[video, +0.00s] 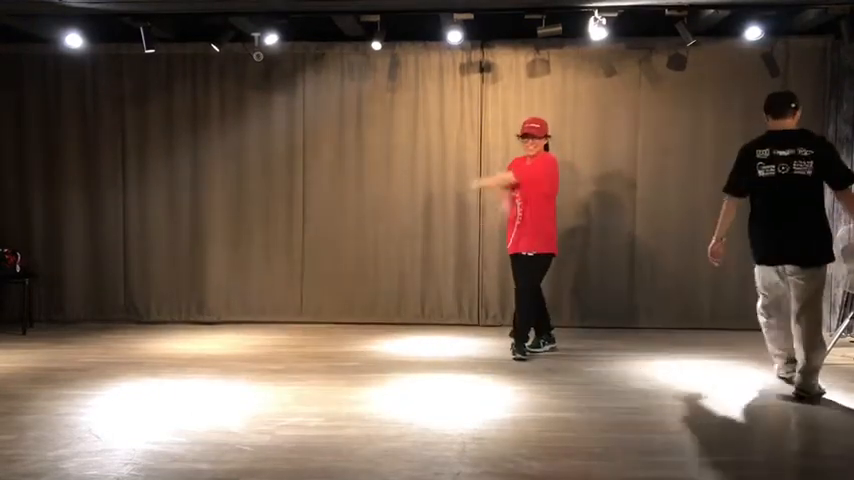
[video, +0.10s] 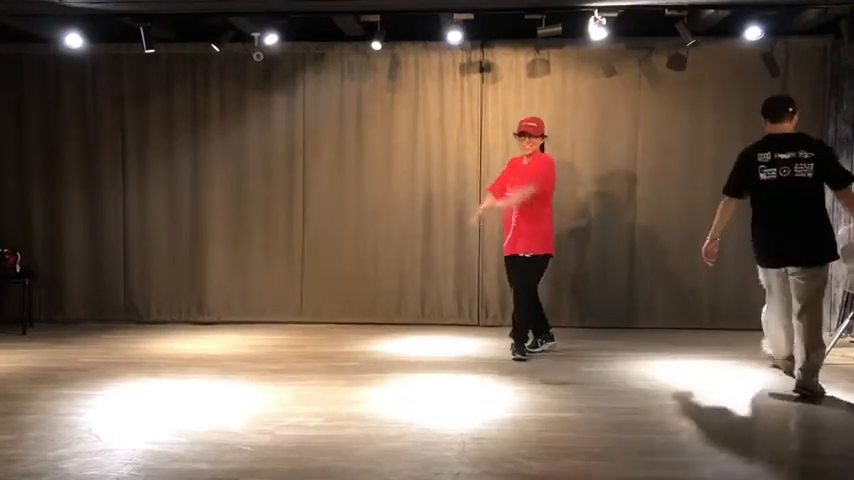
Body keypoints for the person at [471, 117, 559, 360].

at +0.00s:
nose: (530, 143)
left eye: (535, 139)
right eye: (526, 138)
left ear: (545, 141)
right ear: (521, 140)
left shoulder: (547, 163)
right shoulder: (517, 166)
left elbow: (513, 178)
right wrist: (503, 192)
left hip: (540, 240)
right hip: (518, 239)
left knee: (526, 289)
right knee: (529, 289)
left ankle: (519, 340)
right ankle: (545, 335)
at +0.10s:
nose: (526, 141)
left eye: (531, 137)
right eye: (523, 137)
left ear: (541, 140)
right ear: (518, 139)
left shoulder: (545, 164)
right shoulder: (514, 164)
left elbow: (526, 193)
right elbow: (495, 191)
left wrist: (494, 205)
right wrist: (482, 210)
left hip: (537, 242)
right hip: (513, 241)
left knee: (524, 290)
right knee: (523, 290)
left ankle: (519, 341)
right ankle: (543, 333)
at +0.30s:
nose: (514, 140)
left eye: (519, 136)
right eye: (511, 136)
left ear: (529, 140)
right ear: (507, 140)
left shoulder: (542, 161)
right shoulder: (509, 163)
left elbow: (571, 173)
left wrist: (593, 183)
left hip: (529, 241)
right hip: (504, 239)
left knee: (521, 291)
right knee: (495, 285)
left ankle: (519, 342)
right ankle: (526, 326)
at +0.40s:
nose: (515, 142)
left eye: (520, 137)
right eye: (511, 137)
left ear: (528, 139)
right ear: (505, 140)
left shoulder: (541, 160)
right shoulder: (505, 161)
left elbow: (568, 176)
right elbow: (505, 188)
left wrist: (587, 191)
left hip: (528, 238)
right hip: (502, 236)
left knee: (520, 290)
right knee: (492, 284)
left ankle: (519, 343)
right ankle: (506, 333)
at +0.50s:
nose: (517, 146)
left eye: (522, 142)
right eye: (513, 142)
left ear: (530, 142)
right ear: (506, 141)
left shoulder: (542, 167)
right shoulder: (500, 165)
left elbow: (564, 193)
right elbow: (487, 185)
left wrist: (568, 208)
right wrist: (464, 195)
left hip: (529, 245)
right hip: (499, 242)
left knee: (522, 297)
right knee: (490, 293)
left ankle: (519, 343)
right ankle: (483, 340)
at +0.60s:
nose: (519, 148)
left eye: (523, 144)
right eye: (515, 144)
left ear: (531, 142)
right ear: (506, 141)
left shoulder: (538, 166)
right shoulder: (495, 166)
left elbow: (544, 199)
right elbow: (475, 189)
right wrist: (458, 201)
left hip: (528, 244)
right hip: (497, 242)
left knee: (523, 297)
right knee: (486, 292)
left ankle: (519, 343)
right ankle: (473, 340)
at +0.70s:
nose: (515, 150)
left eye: (520, 145)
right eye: (511, 145)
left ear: (528, 142)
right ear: (502, 141)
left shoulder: (532, 163)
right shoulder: (490, 165)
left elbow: (515, 181)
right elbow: (476, 191)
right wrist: (492, 191)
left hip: (526, 242)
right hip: (495, 240)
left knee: (521, 296)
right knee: (485, 294)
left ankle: (519, 343)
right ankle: (476, 342)